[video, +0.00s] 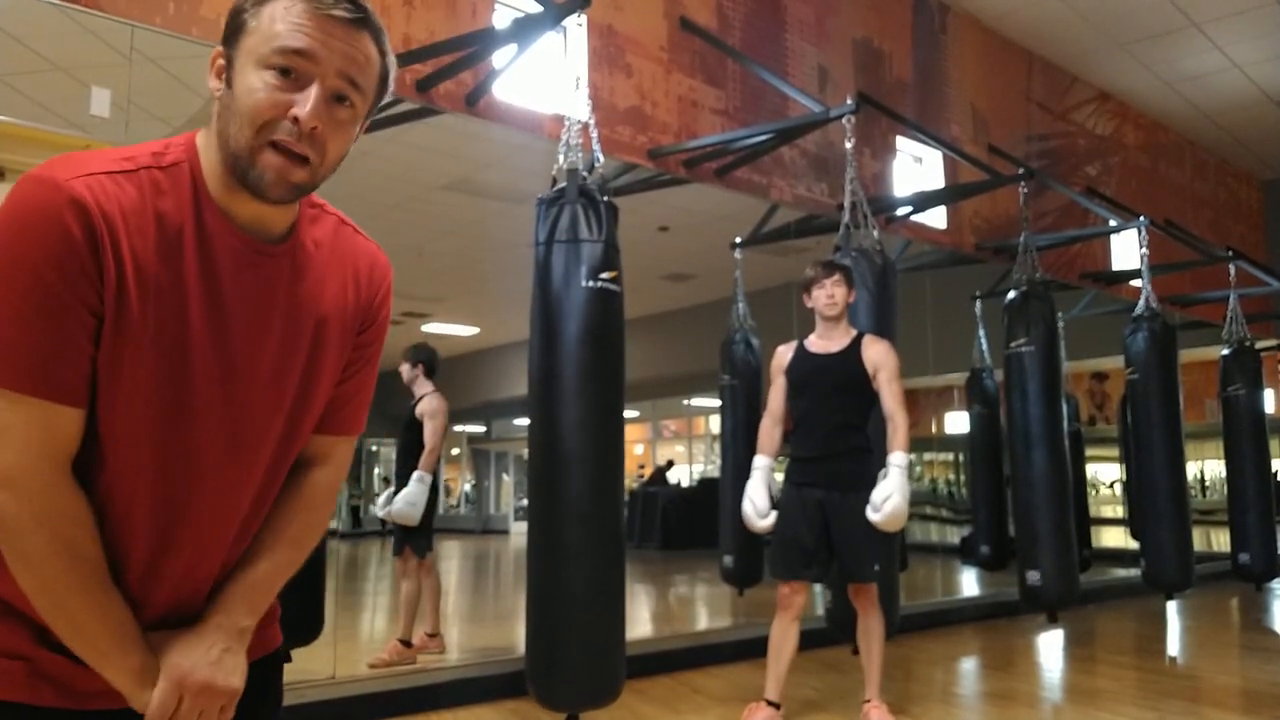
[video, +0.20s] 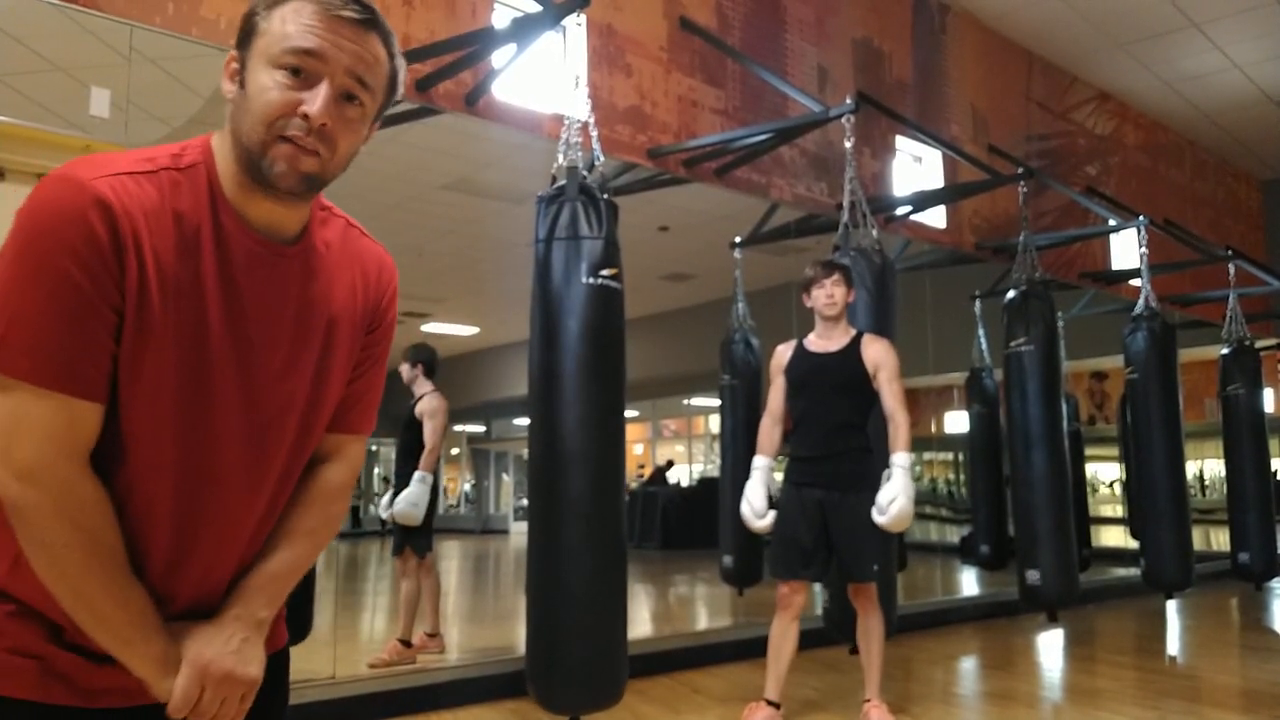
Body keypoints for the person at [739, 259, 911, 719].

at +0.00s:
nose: (830, 293)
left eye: (837, 286)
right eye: (822, 287)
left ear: (851, 295)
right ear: (808, 298)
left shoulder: (875, 350)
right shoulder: (787, 355)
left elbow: (896, 417)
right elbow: (773, 420)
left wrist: (897, 471)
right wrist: (760, 475)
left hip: (859, 491)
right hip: (801, 491)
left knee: (865, 596)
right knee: (788, 597)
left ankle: (872, 700)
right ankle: (770, 702)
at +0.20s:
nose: (829, 292)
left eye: (837, 286)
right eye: (821, 287)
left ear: (850, 296)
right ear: (808, 298)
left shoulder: (875, 350)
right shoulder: (786, 354)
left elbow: (897, 417)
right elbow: (772, 420)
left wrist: (900, 473)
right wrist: (760, 477)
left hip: (859, 491)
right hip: (801, 491)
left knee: (865, 595)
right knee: (788, 597)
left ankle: (872, 700)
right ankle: (770, 702)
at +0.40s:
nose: (829, 293)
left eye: (836, 286)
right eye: (821, 287)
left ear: (850, 296)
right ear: (809, 298)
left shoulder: (876, 350)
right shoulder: (786, 354)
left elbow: (897, 417)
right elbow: (772, 419)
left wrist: (901, 474)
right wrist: (760, 476)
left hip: (859, 491)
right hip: (801, 491)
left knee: (865, 595)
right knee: (788, 597)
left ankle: (873, 701)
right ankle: (770, 703)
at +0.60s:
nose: (829, 294)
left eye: (837, 287)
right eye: (822, 288)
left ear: (851, 296)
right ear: (809, 298)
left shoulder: (876, 350)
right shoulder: (787, 354)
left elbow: (897, 416)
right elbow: (772, 418)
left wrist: (899, 472)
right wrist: (760, 476)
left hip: (860, 491)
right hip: (801, 491)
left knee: (865, 595)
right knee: (788, 597)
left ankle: (872, 700)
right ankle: (770, 702)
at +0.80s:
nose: (832, 293)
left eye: (839, 286)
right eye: (824, 287)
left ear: (851, 295)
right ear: (809, 298)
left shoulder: (877, 350)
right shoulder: (786, 354)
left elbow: (897, 416)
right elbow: (772, 418)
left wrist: (898, 472)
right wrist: (760, 476)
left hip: (860, 490)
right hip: (802, 490)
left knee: (865, 595)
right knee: (788, 597)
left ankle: (872, 700)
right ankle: (770, 702)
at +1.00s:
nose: (835, 293)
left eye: (842, 286)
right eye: (826, 288)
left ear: (852, 294)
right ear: (810, 297)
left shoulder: (877, 350)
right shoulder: (787, 354)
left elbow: (897, 416)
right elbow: (773, 419)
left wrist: (899, 472)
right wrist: (761, 476)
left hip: (860, 491)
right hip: (803, 490)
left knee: (866, 595)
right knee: (788, 597)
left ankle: (873, 700)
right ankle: (770, 702)